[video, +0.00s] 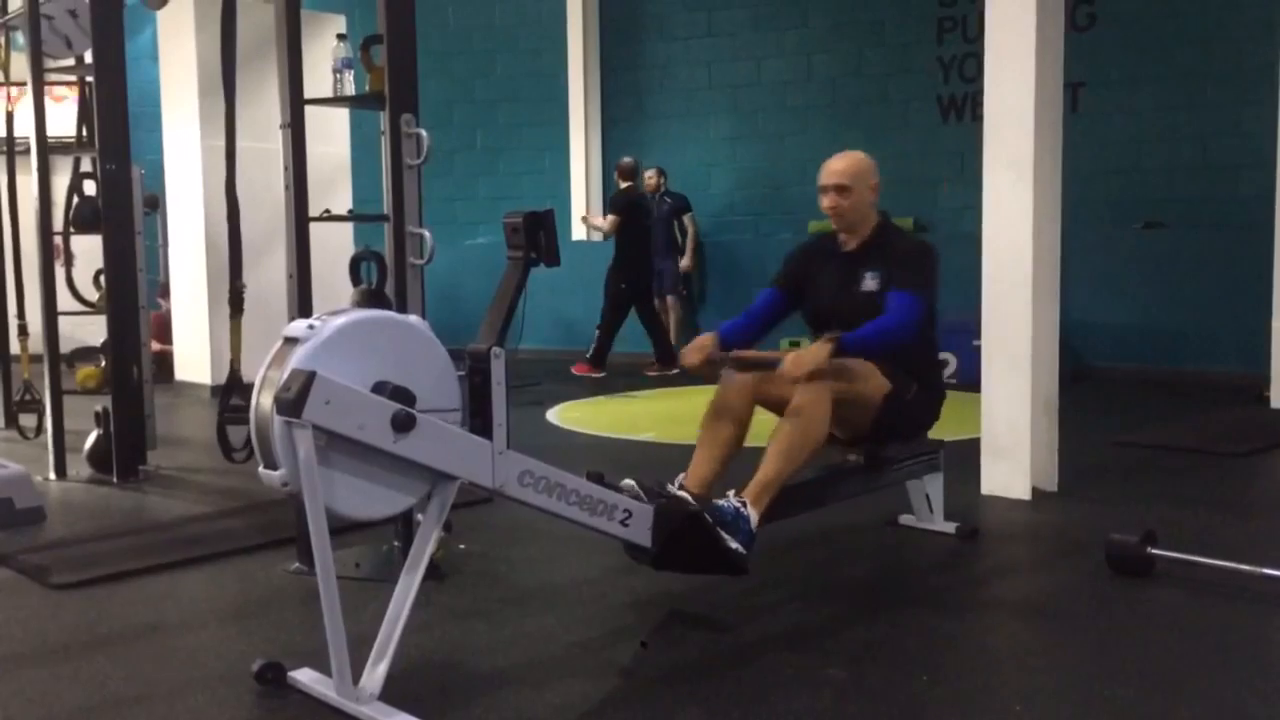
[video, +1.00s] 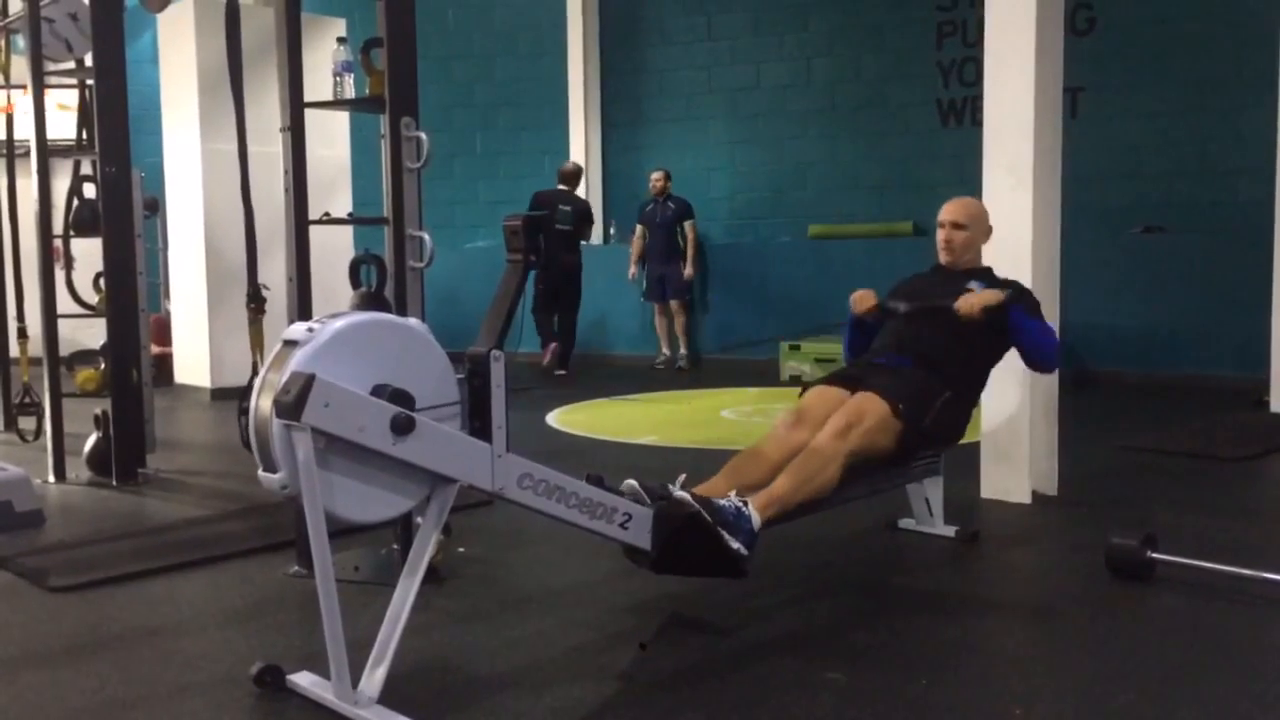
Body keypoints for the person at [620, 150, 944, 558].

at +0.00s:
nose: (829, 203)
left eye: (842, 191)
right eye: (823, 192)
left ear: (873, 191)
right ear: (817, 196)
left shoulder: (909, 253)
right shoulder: (812, 254)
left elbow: (902, 324)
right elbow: (761, 316)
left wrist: (830, 346)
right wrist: (716, 338)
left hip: (903, 396)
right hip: (832, 390)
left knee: (819, 380)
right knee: (738, 376)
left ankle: (746, 512)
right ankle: (687, 496)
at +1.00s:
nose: (945, 236)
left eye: (957, 228)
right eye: (940, 227)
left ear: (985, 236)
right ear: (934, 233)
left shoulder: (1009, 296)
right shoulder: (910, 286)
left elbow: (1046, 358)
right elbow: (859, 357)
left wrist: (1006, 306)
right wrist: (860, 319)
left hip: (929, 384)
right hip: (871, 372)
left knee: (841, 431)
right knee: (795, 423)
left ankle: (750, 516)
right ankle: (691, 500)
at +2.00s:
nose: (793, 202)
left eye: (806, 193)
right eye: (789, 193)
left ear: (839, 205)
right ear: (784, 200)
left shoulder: (875, 260)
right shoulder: (782, 261)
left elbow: (834, 301)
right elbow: (720, 300)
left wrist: (766, 323)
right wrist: (650, 322)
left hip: (881, 413)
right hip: (809, 413)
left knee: (804, 363)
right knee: (716, 362)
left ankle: (744, 521)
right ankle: (687, 505)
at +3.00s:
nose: (832, 215)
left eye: (845, 204)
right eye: (826, 204)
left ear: (876, 205)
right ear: (820, 207)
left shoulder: (910, 264)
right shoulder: (812, 269)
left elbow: (897, 330)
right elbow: (764, 322)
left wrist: (825, 361)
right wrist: (709, 356)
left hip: (904, 408)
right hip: (833, 404)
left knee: (822, 387)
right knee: (739, 374)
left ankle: (748, 522)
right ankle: (687, 505)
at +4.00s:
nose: (949, 238)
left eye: (961, 230)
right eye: (945, 229)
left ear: (990, 238)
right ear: (940, 236)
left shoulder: (1009, 296)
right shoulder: (916, 290)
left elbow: (1042, 355)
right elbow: (867, 356)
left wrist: (986, 318)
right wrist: (853, 333)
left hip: (930, 388)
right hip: (874, 377)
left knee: (846, 445)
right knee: (801, 429)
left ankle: (755, 524)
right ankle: (693, 507)